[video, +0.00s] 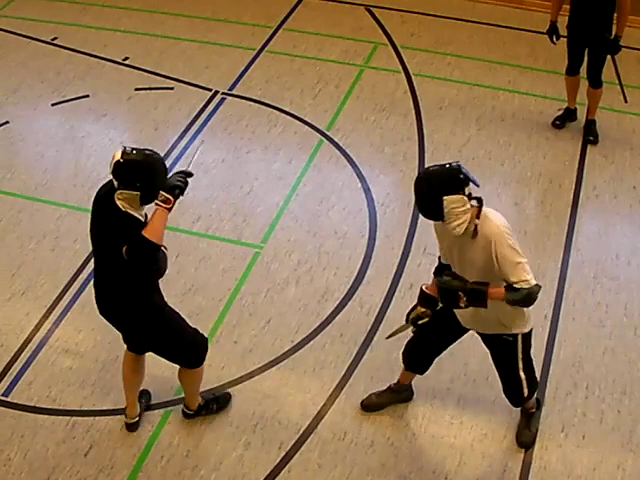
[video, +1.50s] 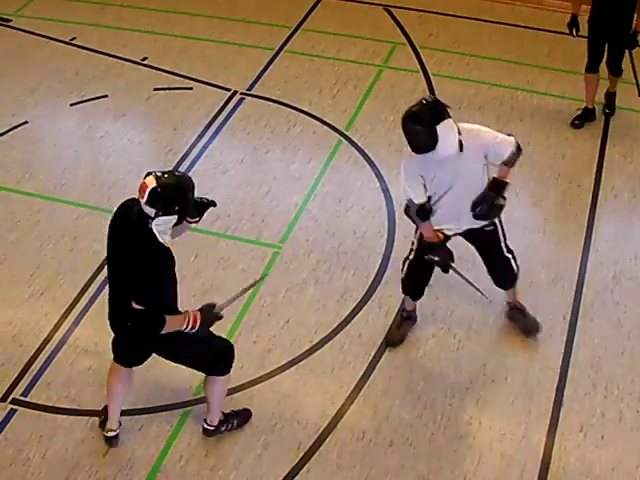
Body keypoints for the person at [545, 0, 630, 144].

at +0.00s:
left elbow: (624, 6)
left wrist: (617, 37)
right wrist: (553, 22)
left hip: (601, 30)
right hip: (576, 27)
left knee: (594, 77)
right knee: (572, 69)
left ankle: (591, 121)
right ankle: (570, 109)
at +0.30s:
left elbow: (634, 7)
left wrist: (628, 37)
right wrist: (564, 21)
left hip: (612, 31)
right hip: (587, 27)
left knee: (605, 77)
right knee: (583, 70)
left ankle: (601, 121)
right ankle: (581, 109)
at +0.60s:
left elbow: (636, 7)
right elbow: (575, 0)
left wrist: (633, 36)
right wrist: (569, 22)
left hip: (616, 31)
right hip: (592, 27)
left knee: (610, 78)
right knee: (587, 71)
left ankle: (606, 121)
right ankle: (586, 110)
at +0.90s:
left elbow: (636, 6)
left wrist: (635, 33)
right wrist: (571, 21)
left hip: (618, 29)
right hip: (594, 26)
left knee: (613, 75)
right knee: (590, 69)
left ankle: (609, 121)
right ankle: (589, 109)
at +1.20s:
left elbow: (637, 6)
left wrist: (636, 32)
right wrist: (571, 18)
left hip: (619, 27)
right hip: (594, 23)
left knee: (611, 72)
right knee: (590, 68)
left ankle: (606, 111)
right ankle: (589, 109)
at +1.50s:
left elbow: (638, 8)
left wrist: (636, 30)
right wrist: (574, 15)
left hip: (621, 24)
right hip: (597, 21)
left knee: (614, 66)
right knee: (592, 64)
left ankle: (611, 94)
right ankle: (589, 109)